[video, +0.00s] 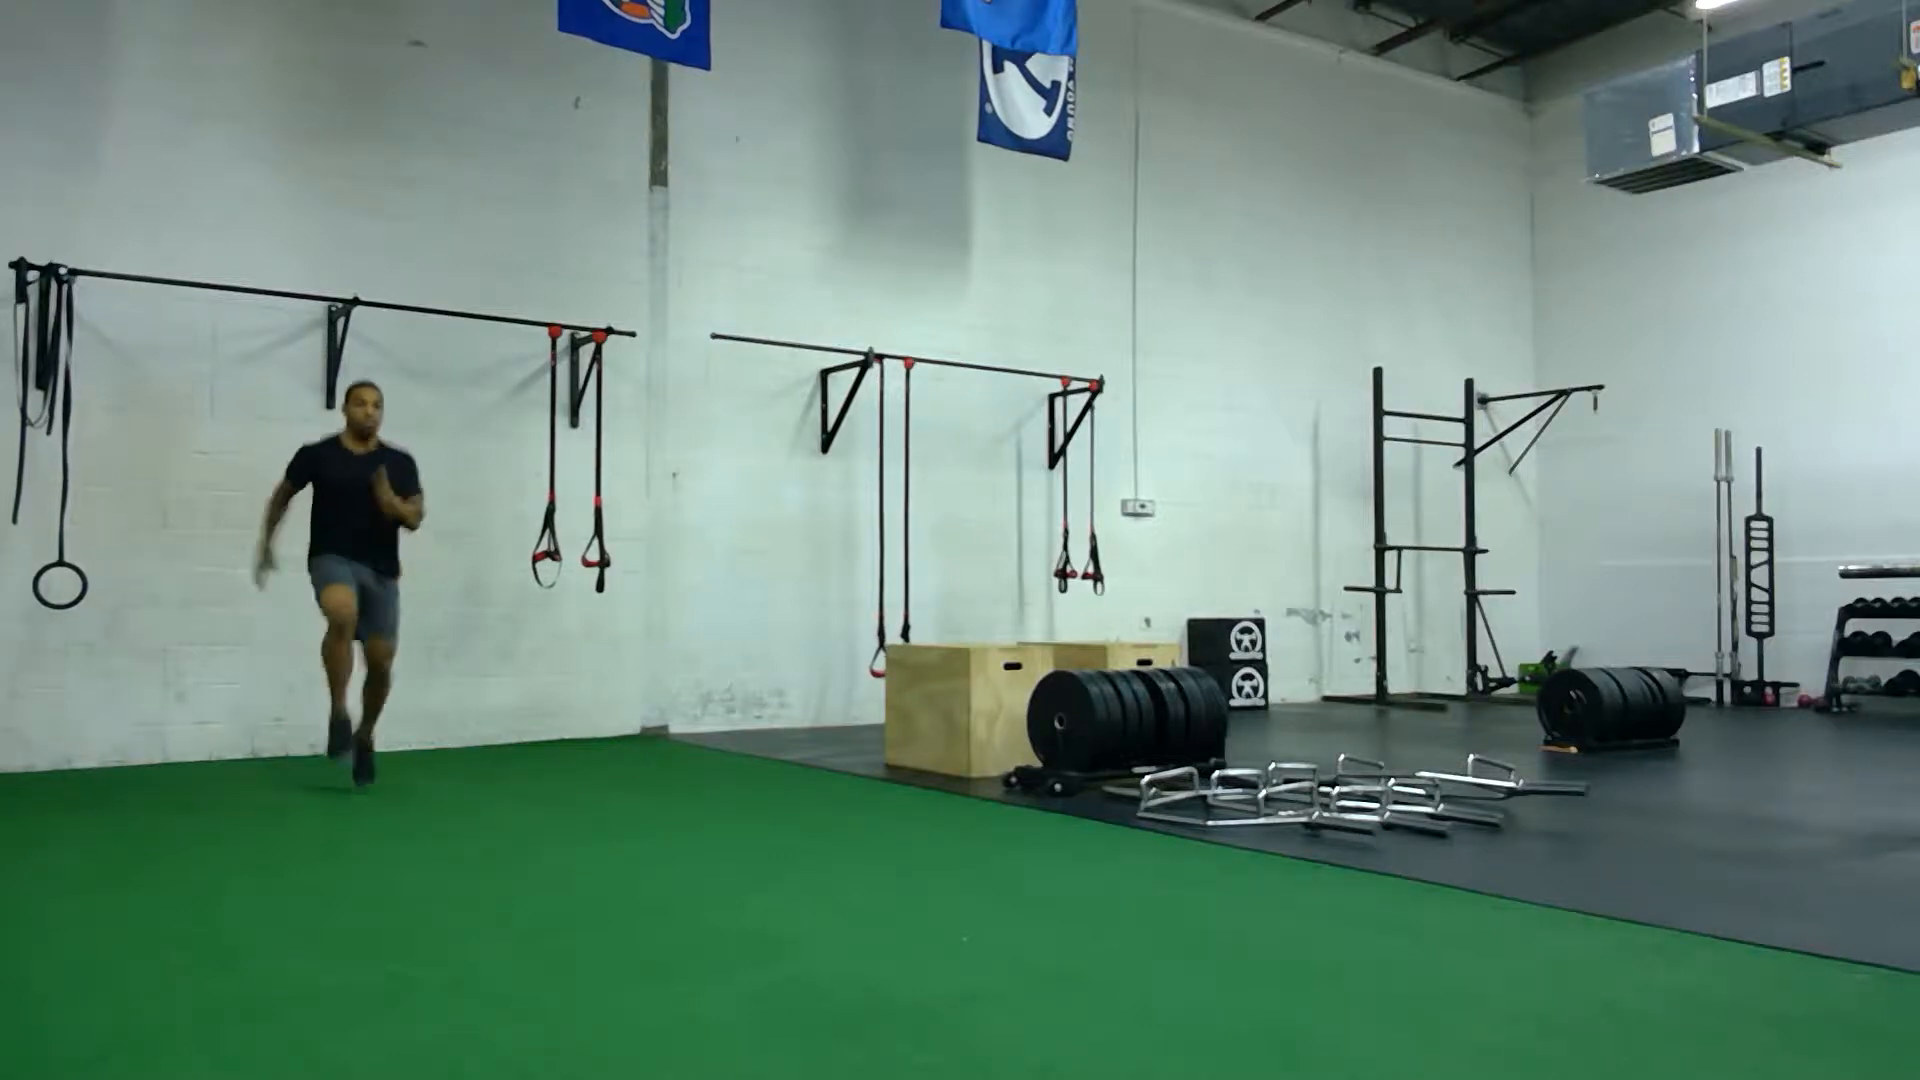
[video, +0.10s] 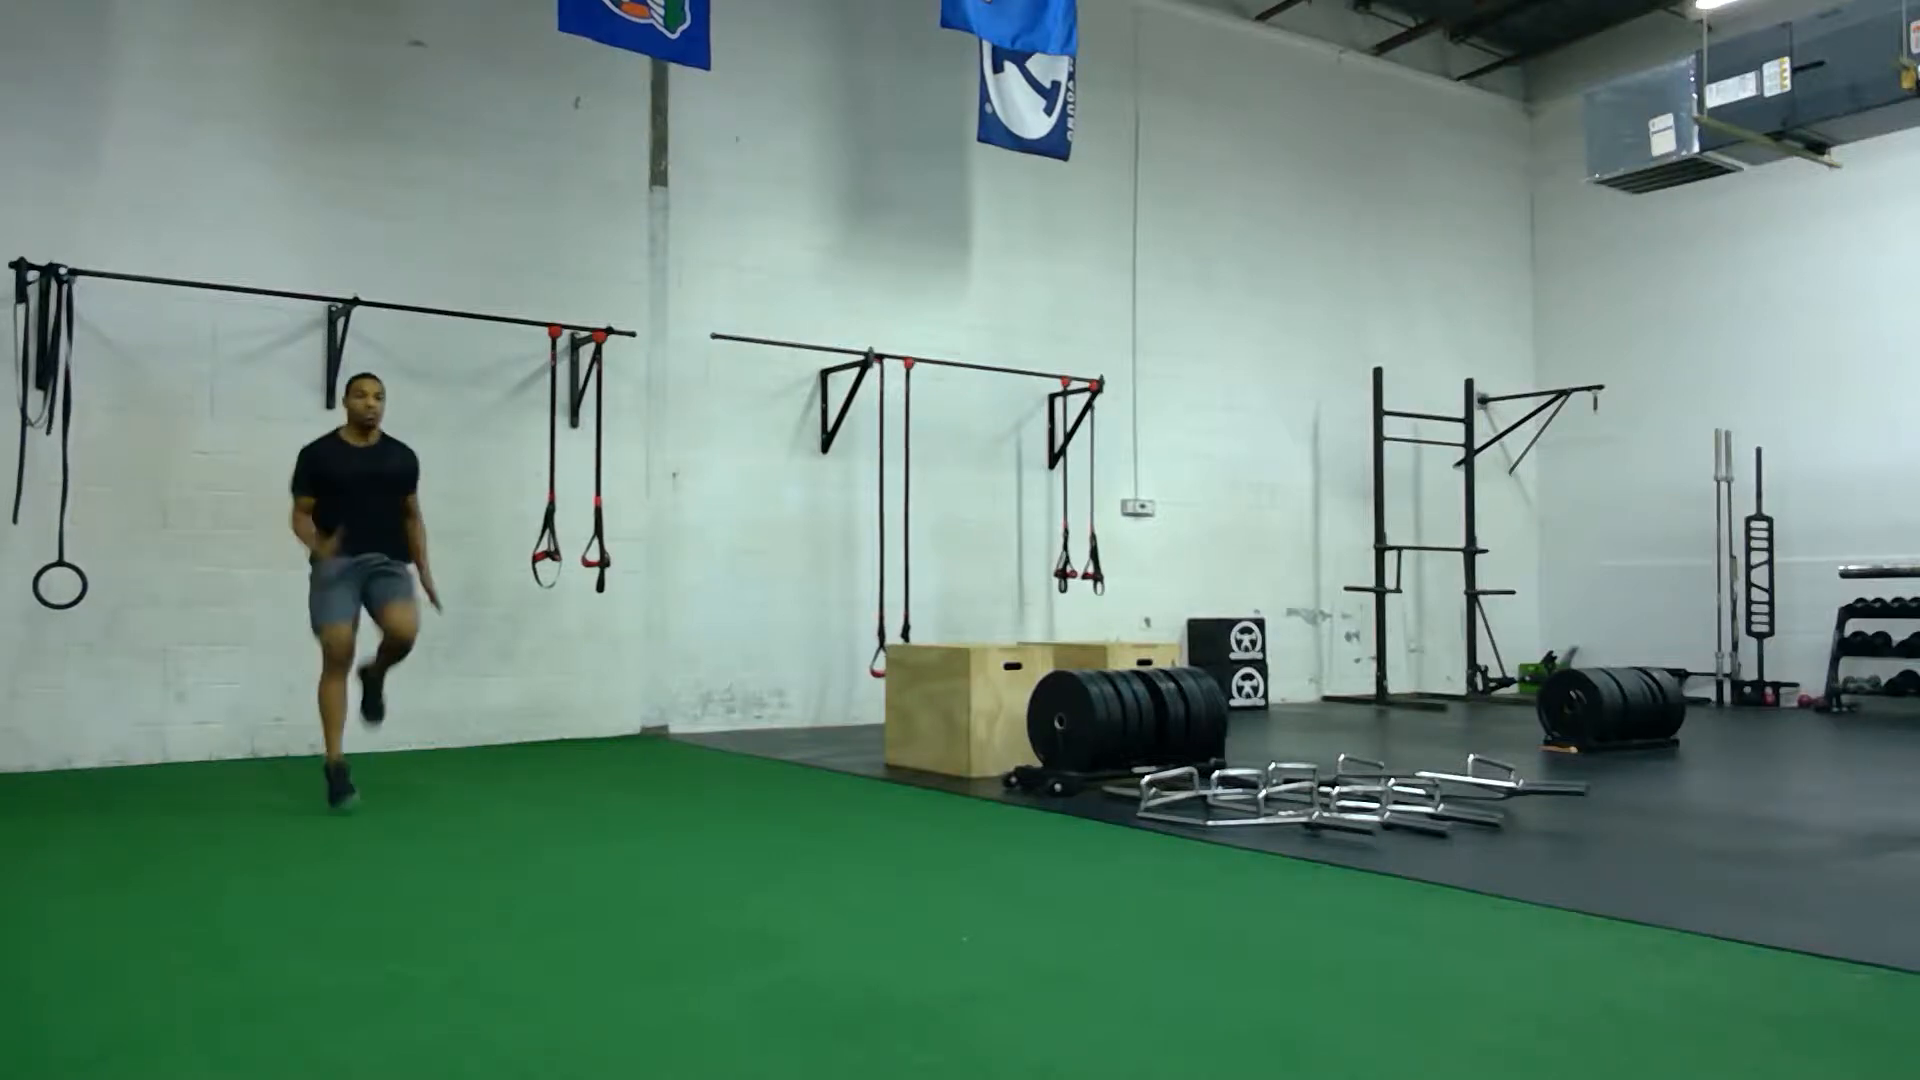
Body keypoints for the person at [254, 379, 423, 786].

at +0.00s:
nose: (369, 412)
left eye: (375, 406)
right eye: (360, 405)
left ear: (383, 413)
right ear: (345, 411)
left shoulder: (399, 461)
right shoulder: (317, 456)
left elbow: (416, 518)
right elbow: (281, 497)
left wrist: (391, 501)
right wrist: (266, 547)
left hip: (380, 568)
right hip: (333, 558)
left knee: (381, 662)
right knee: (342, 615)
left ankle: (365, 738)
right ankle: (339, 715)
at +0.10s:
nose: (369, 403)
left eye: (376, 397)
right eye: (361, 396)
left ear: (384, 406)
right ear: (345, 403)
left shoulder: (401, 456)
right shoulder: (317, 455)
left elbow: (412, 515)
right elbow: (301, 516)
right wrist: (317, 544)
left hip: (389, 563)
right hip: (335, 565)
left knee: (404, 633)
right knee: (338, 656)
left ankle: (374, 675)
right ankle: (335, 764)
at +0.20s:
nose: (370, 422)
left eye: (377, 415)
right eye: (360, 414)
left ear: (384, 423)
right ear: (345, 422)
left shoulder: (403, 476)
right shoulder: (320, 473)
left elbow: (418, 531)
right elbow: (317, 533)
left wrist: (417, 578)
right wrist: (359, 498)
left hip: (385, 580)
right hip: (337, 588)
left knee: (418, 574)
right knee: (343, 684)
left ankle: (389, 657)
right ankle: (344, 780)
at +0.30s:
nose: (379, 400)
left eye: (386, 393)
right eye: (370, 392)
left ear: (394, 401)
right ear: (354, 399)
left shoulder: (412, 454)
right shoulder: (327, 452)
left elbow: (416, 511)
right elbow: (317, 513)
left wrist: (415, 557)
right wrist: (360, 486)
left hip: (394, 558)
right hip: (349, 569)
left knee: (424, 553)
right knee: (357, 668)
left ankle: (403, 657)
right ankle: (349, 769)